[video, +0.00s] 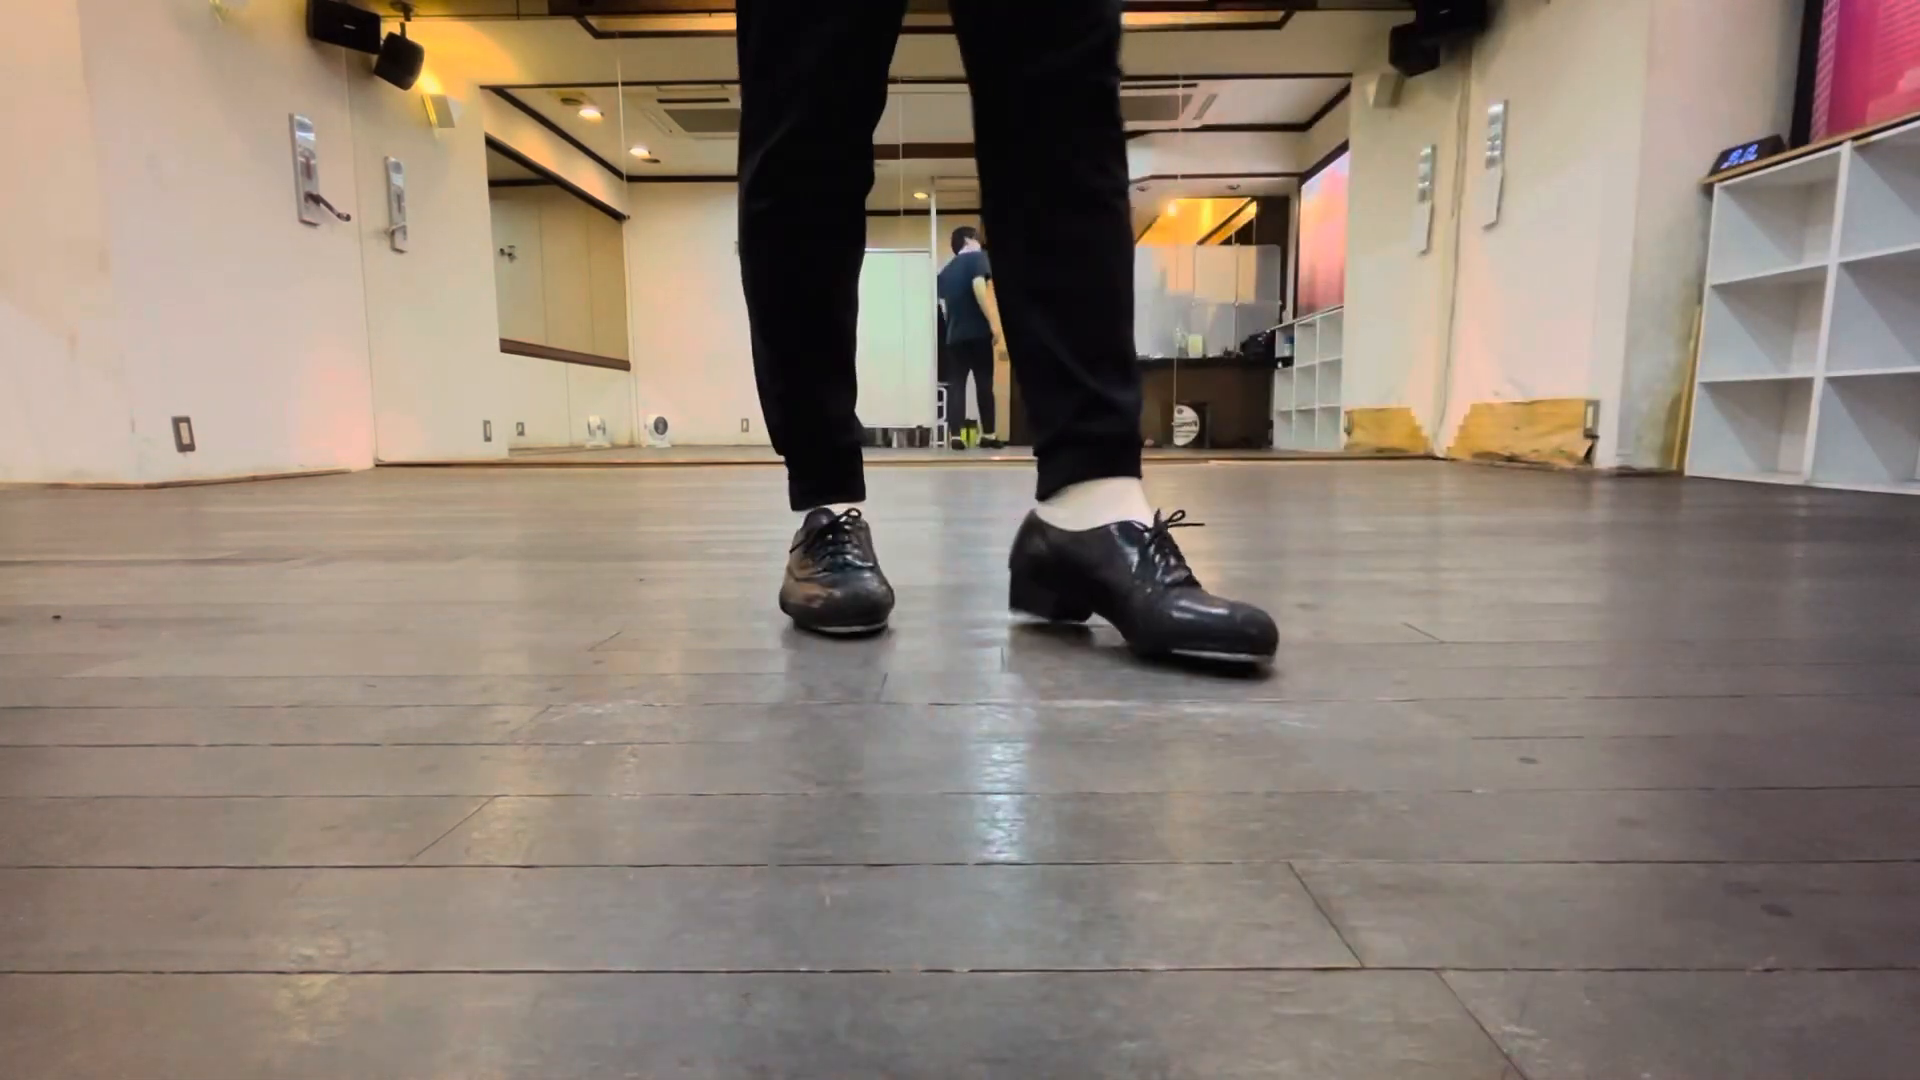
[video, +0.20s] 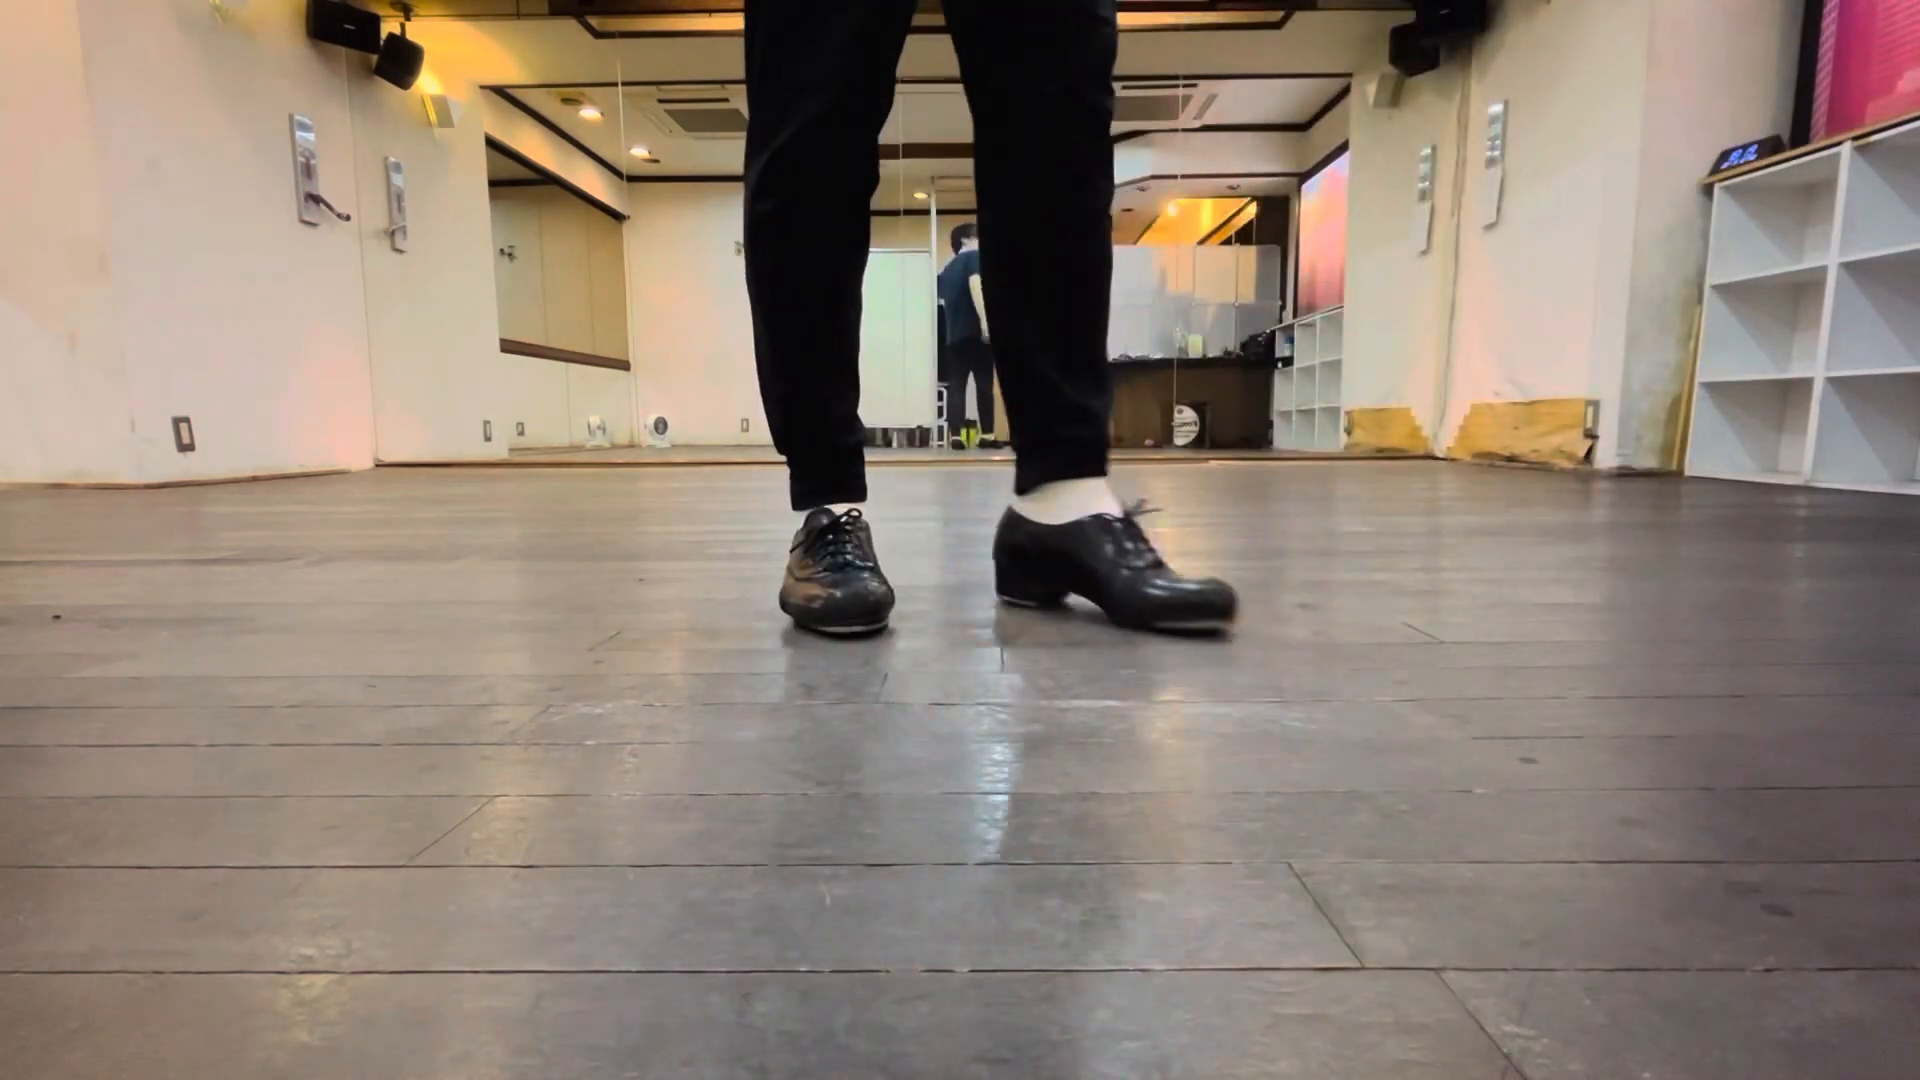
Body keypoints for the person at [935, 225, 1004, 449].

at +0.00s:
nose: (979, 244)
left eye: (977, 241)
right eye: (976, 240)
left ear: (957, 246)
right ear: (967, 241)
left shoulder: (945, 270)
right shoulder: (978, 258)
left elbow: (944, 305)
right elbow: (980, 287)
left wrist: (952, 326)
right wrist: (995, 324)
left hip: (955, 335)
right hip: (979, 331)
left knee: (956, 384)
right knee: (984, 384)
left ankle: (955, 434)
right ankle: (988, 433)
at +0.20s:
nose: (979, 242)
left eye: (977, 239)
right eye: (976, 239)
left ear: (957, 244)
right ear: (966, 241)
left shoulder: (946, 270)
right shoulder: (974, 257)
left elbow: (943, 302)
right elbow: (976, 287)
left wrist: (953, 326)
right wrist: (985, 323)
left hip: (954, 336)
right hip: (977, 333)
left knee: (956, 384)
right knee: (984, 384)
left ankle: (955, 433)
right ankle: (987, 433)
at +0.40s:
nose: (984, 238)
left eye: (983, 233)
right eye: (981, 234)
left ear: (962, 239)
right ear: (971, 237)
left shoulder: (952, 266)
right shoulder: (978, 258)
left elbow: (947, 303)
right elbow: (977, 287)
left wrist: (951, 329)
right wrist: (978, 322)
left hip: (957, 333)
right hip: (979, 331)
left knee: (958, 383)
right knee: (986, 383)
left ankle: (955, 433)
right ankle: (987, 433)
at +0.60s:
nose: (992, 236)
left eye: (991, 232)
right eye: (988, 232)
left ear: (972, 237)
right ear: (976, 236)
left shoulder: (957, 264)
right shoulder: (983, 258)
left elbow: (945, 302)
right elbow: (980, 291)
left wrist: (933, 332)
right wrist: (988, 328)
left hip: (960, 334)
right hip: (982, 333)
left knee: (960, 384)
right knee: (987, 385)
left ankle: (955, 433)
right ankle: (988, 434)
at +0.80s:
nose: (1000, 237)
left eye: (998, 232)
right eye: (996, 232)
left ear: (977, 237)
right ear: (984, 235)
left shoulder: (959, 262)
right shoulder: (992, 259)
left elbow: (948, 300)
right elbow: (992, 292)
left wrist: (939, 330)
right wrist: (1008, 318)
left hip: (961, 333)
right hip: (986, 332)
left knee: (961, 383)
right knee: (988, 385)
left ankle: (956, 432)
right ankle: (988, 434)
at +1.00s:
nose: (998, 238)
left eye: (997, 234)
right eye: (996, 234)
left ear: (974, 236)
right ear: (986, 235)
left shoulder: (957, 261)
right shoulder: (994, 259)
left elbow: (945, 299)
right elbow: (1000, 291)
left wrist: (958, 319)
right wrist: (1013, 307)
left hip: (961, 331)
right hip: (987, 331)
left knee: (959, 384)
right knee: (987, 386)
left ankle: (956, 433)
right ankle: (988, 434)